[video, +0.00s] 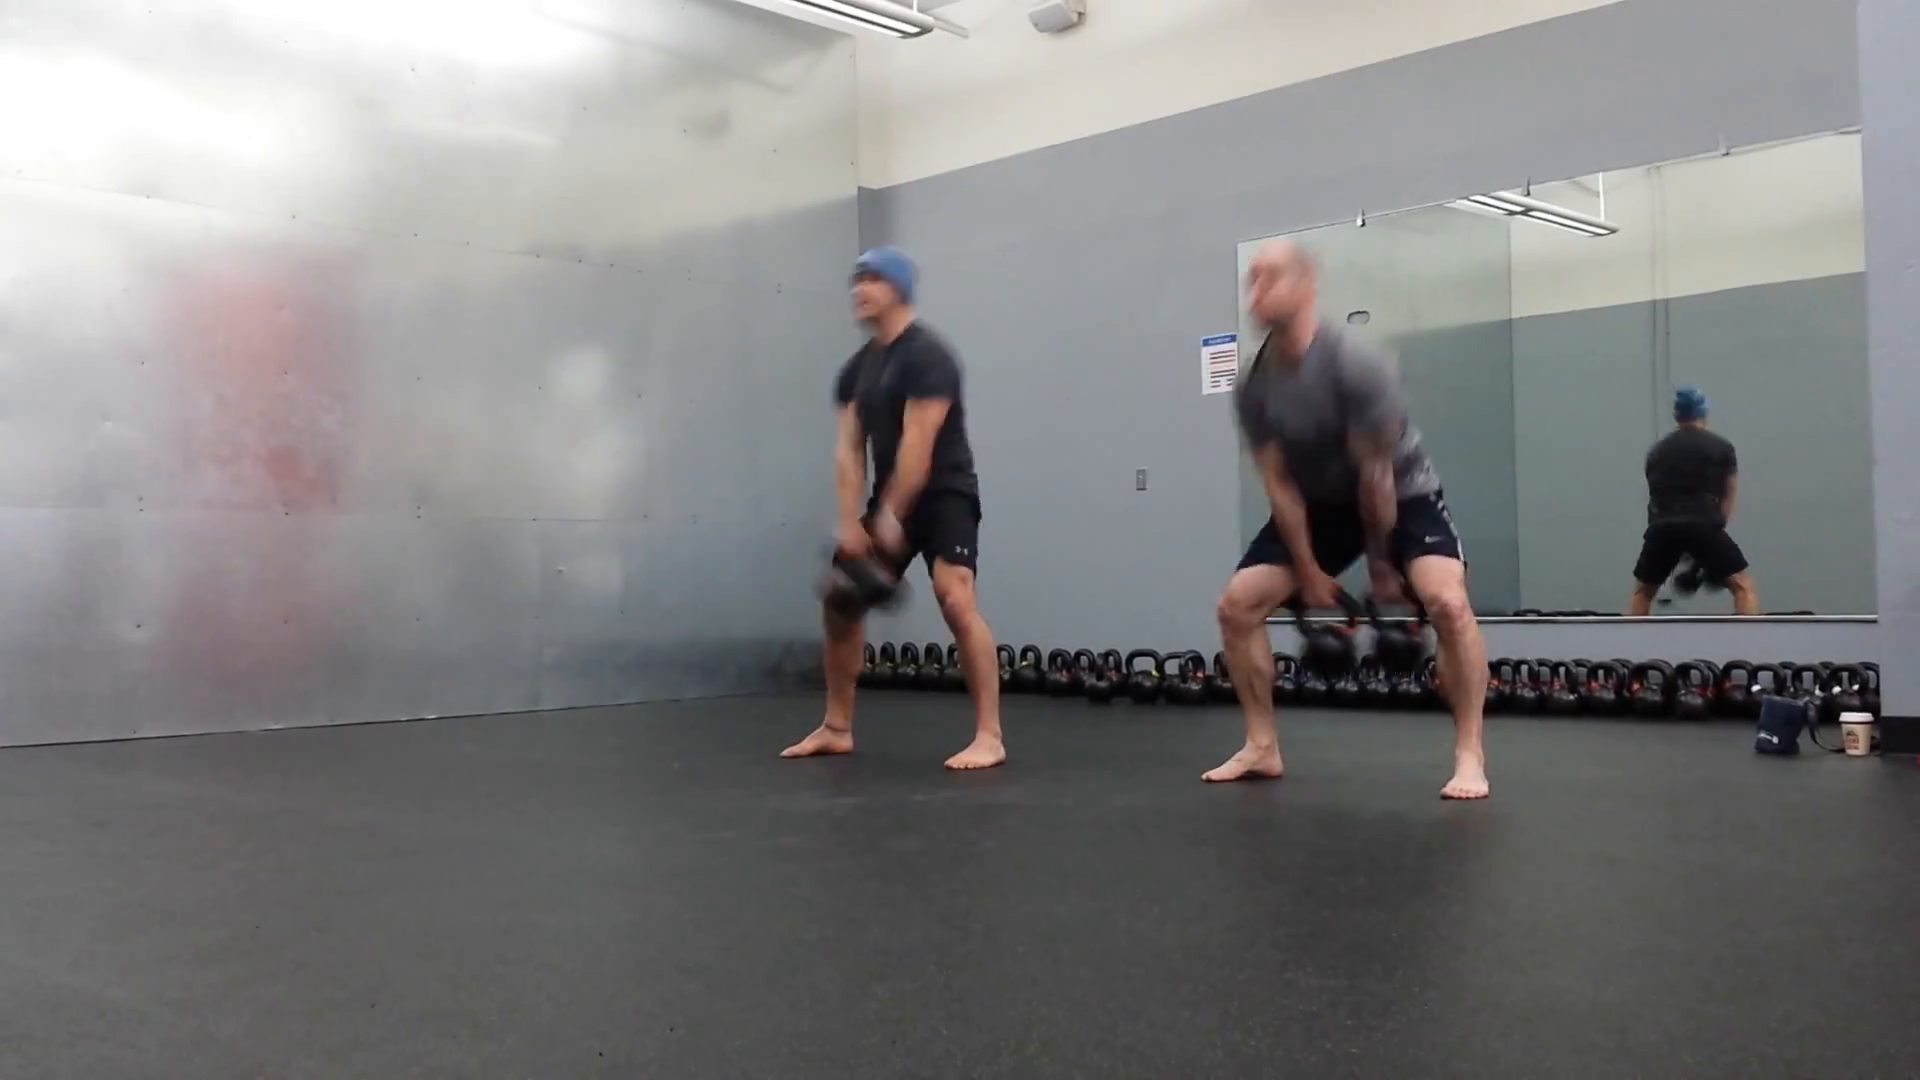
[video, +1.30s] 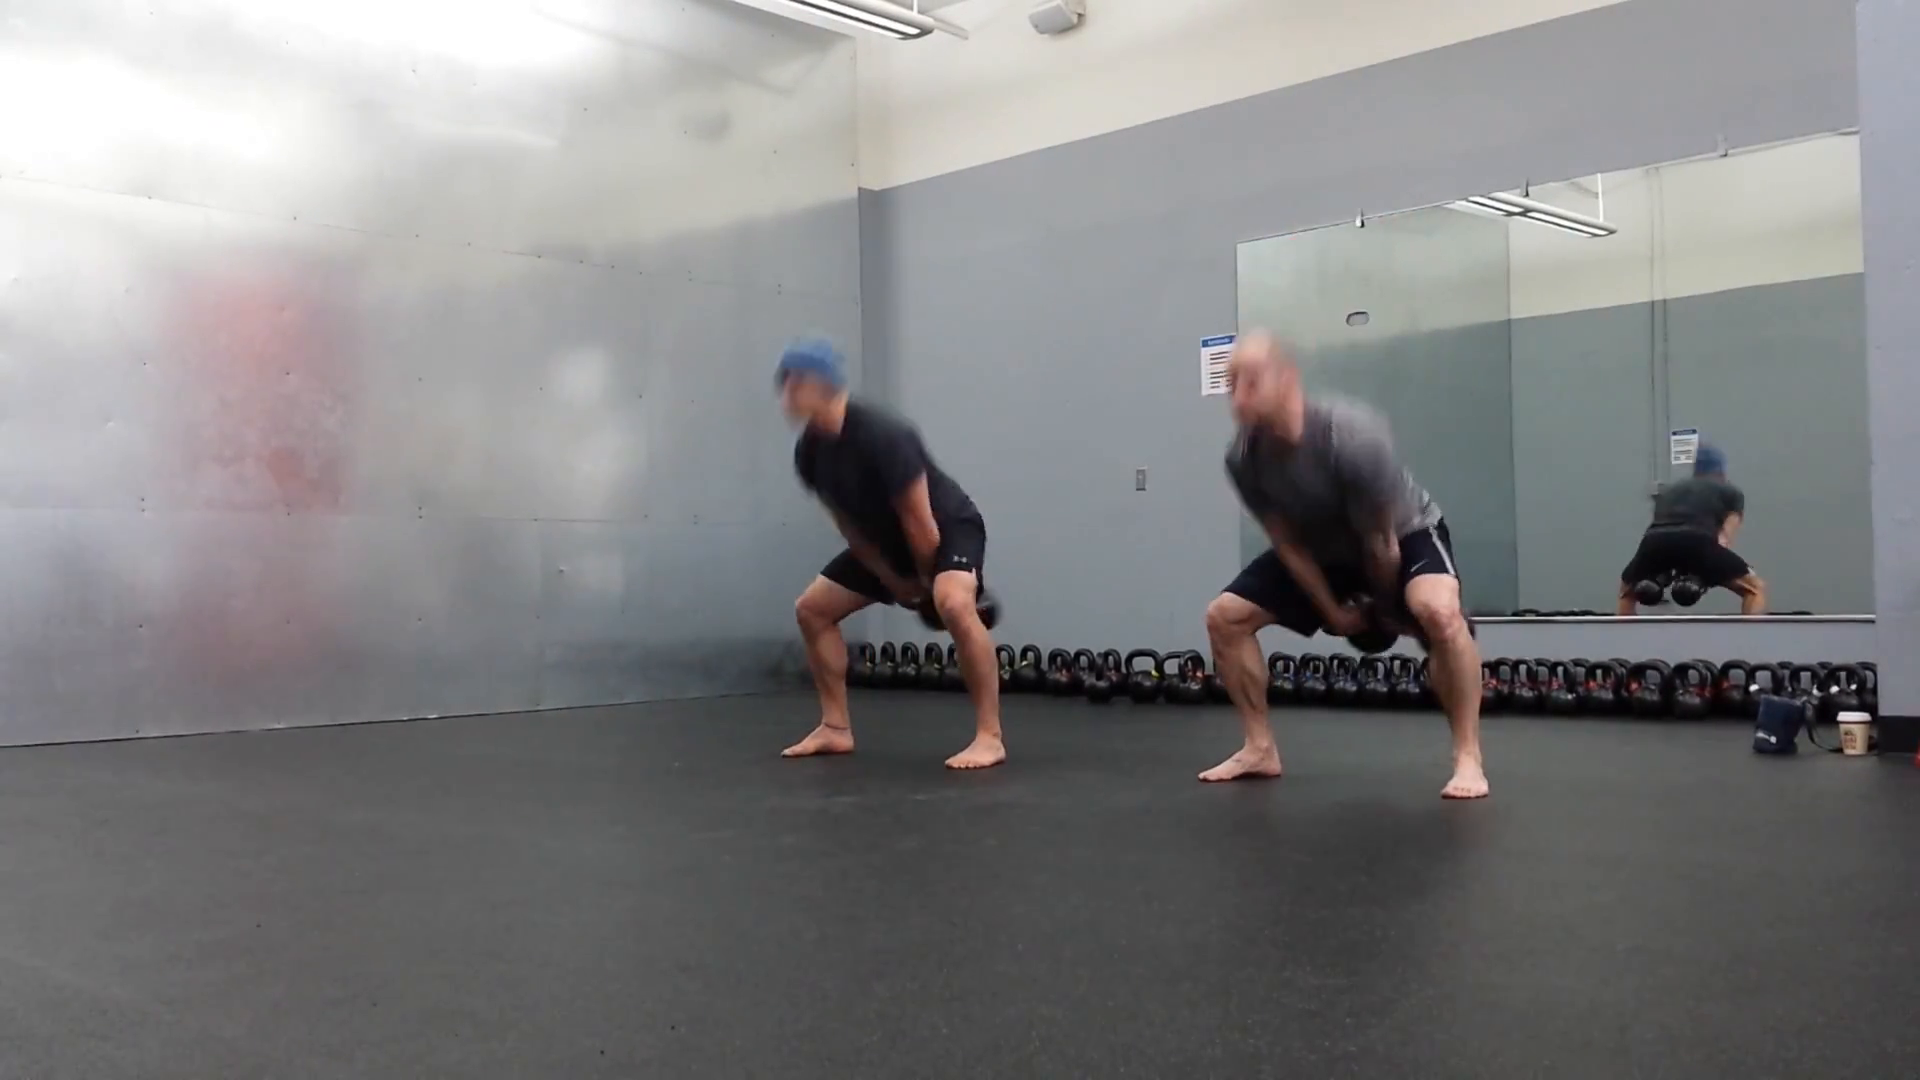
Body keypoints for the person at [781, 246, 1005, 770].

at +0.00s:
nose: (858, 289)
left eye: (870, 280)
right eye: (857, 281)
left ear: (899, 289)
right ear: (860, 293)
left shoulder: (929, 356)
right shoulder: (857, 370)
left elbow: (917, 453)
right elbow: (849, 452)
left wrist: (890, 513)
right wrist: (849, 522)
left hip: (944, 492)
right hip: (891, 494)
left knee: (955, 598)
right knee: (842, 597)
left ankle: (989, 735)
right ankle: (837, 726)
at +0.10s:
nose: (896, 287)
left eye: (906, 277)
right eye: (893, 278)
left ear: (937, 285)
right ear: (896, 287)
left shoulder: (963, 342)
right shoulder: (889, 351)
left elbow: (921, 405)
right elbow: (851, 406)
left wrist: (861, 444)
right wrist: (818, 450)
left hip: (935, 492)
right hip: (884, 491)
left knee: (953, 600)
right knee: (863, 606)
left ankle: (987, 736)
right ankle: (839, 727)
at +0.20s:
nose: (907, 296)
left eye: (916, 285)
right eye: (903, 288)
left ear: (945, 291)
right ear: (904, 297)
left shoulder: (973, 348)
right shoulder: (896, 356)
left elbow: (922, 385)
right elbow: (856, 386)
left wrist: (854, 385)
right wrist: (819, 392)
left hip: (930, 491)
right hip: (877, 491)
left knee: (949, 601)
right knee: (858, 612)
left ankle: (986, 735)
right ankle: (839, 726)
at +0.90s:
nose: (869, 314)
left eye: (877, 303)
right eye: (864, 304)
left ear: (906, 300)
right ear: (863, 307)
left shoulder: (943, 351)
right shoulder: (870, 363)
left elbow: (923, 429)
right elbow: (849, 431)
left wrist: (877, 488)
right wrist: (831, 495)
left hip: (953, 497)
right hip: (898, 500)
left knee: (956, 597)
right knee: (848, 606)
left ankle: (987, 736)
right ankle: (838, 727)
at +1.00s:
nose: (827, 351)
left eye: (833, 339)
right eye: (821, 341)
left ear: (860, 333)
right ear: (822, 342)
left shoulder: (912, 385)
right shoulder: (835, 402)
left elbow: (924, 477)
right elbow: (848, 485)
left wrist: (913, 547)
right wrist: (871, 555)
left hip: (956, 507)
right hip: (899, 511)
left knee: (962, 598)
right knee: (829, 608)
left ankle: (990, 736)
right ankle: (836, 727)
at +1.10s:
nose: (790, 415)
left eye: (797, 401)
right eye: (784, 404)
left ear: (825, 394)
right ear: (783, 407)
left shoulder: (885, 439)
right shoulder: (810, 460)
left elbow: (932, 531)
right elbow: (853, 534)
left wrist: (938, 586)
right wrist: (902, 587)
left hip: (954, 530)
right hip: (893, 540)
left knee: (966, 602)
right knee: (817, 608)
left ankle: (991, 737)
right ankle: (835, 728)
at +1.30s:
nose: (788, 394)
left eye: (798, 381)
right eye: (785, 384)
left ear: (827, 383)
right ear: (787, 389)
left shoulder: (885, 435)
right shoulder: (810, 452)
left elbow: (923, 529)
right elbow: (851, 529)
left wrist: (936, 585)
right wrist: (892, 579)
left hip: (951, 527)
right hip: (889, 538)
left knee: (954, 604)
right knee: (813, 609)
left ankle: (989, 737)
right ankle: (835, 728)